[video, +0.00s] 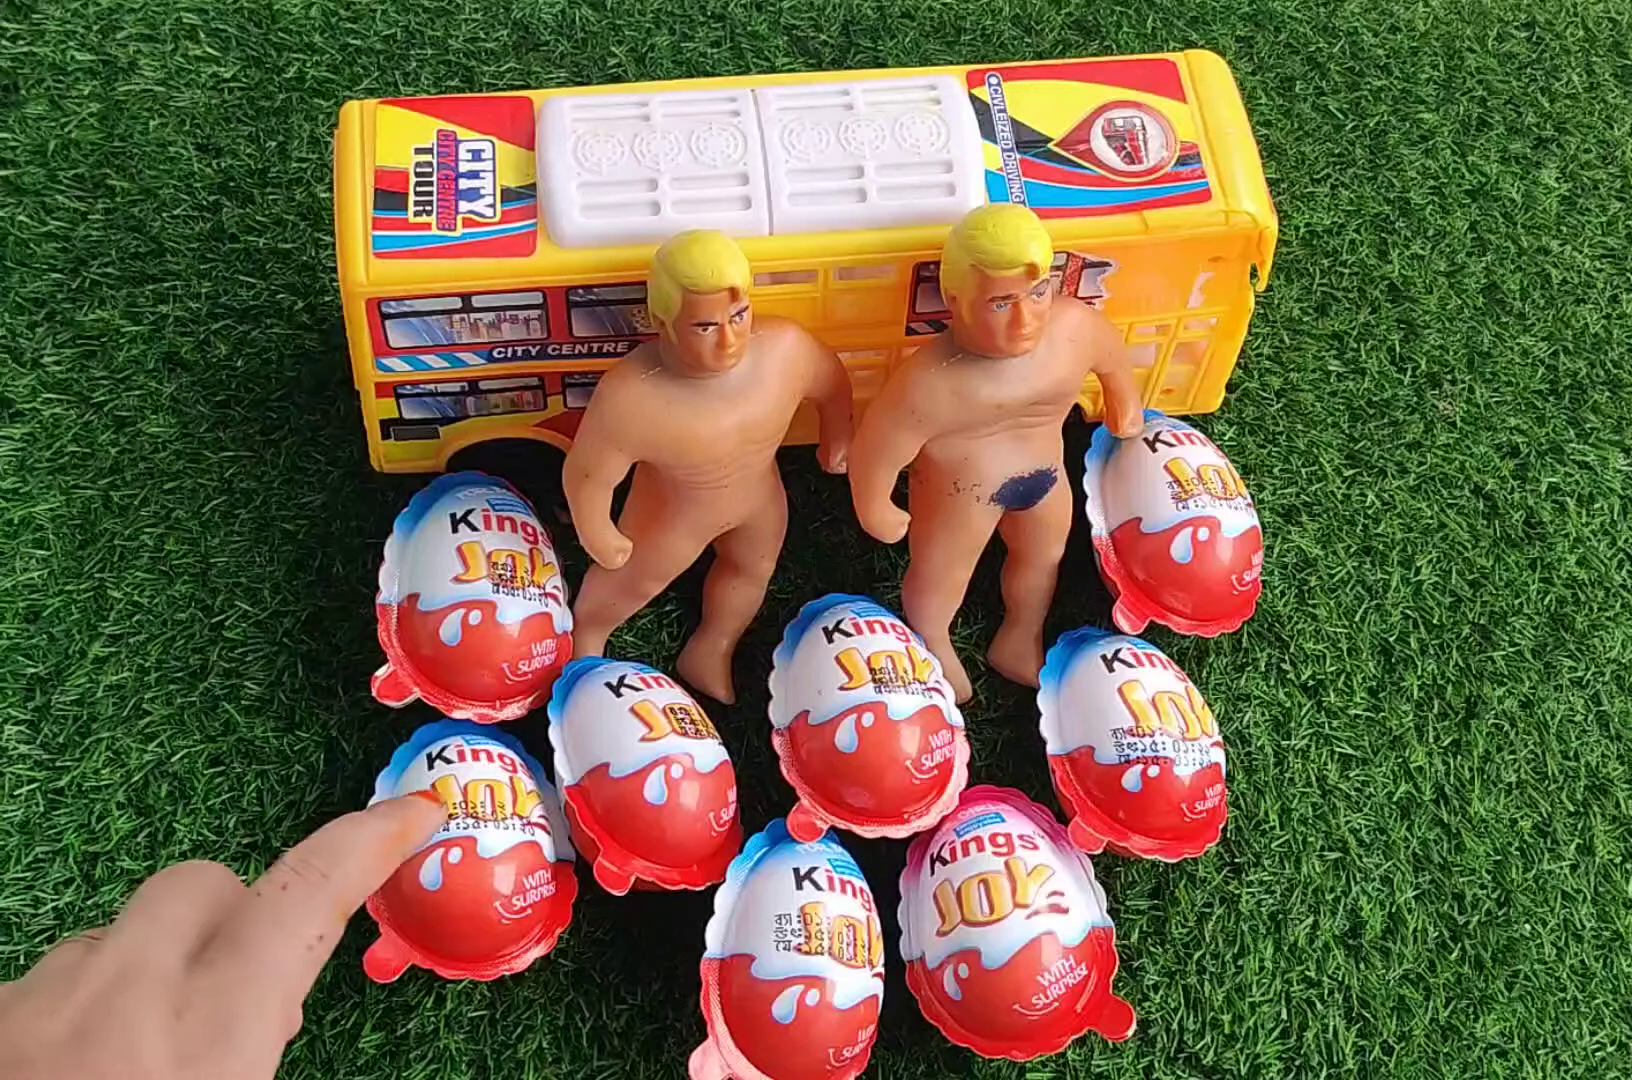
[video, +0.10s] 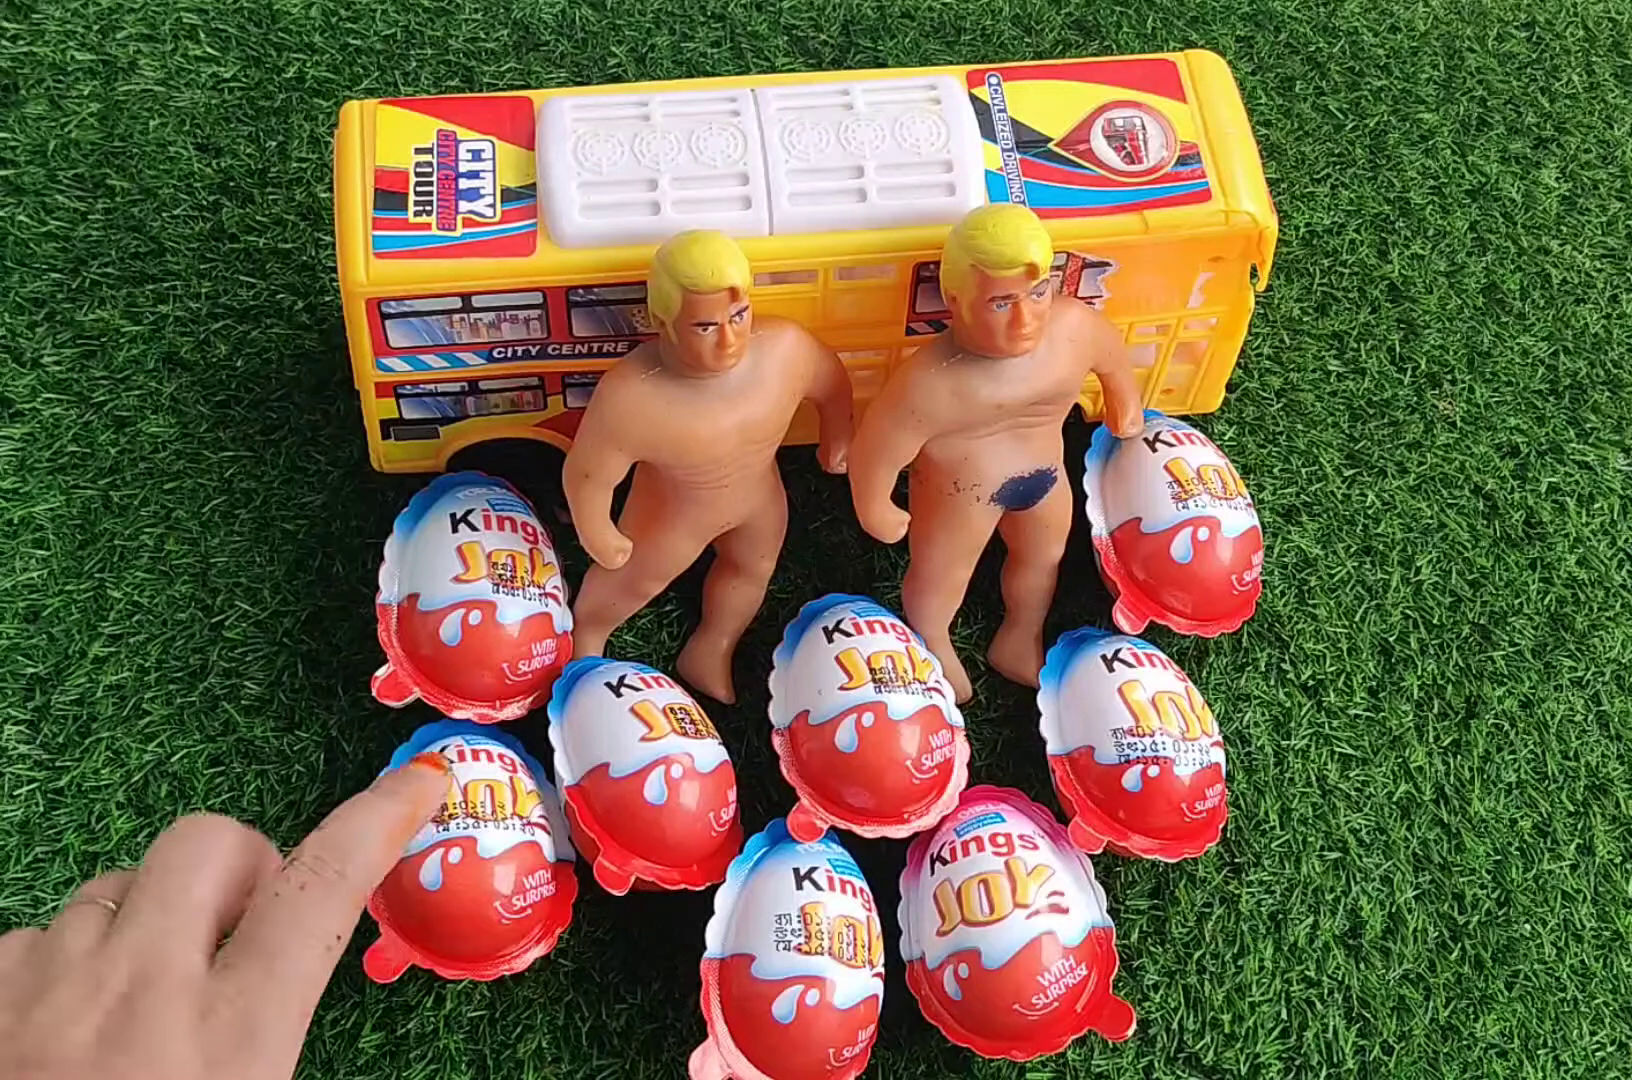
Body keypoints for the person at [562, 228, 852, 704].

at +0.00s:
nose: (728, 339)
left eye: (739, 316)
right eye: (705, 326)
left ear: (750, 302)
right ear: (662, 324)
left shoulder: (789, 350)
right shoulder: (629, 397)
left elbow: (834, 387)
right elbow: (588, 476)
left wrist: (837, 440)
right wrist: (600, 538)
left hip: (759, 496)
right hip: (672, 511)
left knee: (749, 574)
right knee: (630, 585)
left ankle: (711, 651)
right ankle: (589, 631)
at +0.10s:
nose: (728, 338)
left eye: (739, 316)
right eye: (705, 326)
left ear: (751, 302)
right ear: (661, 324)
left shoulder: (789, 350)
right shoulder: (629, 397)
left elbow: (834, 387)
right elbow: (587, 476)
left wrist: (837, 438)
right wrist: (601, 538)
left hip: (759, 496)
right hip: (672, 512)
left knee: (749, 573)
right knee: (631, 585)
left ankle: (711, 651)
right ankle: (589, 630)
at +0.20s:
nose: (728, 338)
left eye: (739, 316)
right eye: (705, 326)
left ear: (751, 302)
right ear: (660, 324)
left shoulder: (789, 350)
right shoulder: (629, 397)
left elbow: (834, 387)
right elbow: (587, 476)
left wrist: (837, 438)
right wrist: (601, 538)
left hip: (759, 496)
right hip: (672, 512)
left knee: (749, 573)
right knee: (631, 585)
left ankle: (711, 651)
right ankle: (589, 630)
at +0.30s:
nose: (728, 338)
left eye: (739, 316)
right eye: (705, 326)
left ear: (750, 301)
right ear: (661, 324)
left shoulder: (789, 350)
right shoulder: (629, 397)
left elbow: (834, 387)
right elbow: (588, 476)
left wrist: (837, 439)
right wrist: (600, 537)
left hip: (759, 496)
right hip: (672, 512)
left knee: (749, 574)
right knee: (631, 584)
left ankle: (711, 650)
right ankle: (589, 630)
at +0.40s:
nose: (728, 338)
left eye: (739, 316)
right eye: (705, 326)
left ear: (751, 302)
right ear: (660, 324)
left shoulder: (789, 350)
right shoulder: (629, 397)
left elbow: (834, 387)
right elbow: (587, 476)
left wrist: (838, 439)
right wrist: (601, 538)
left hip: (759, 496)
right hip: (673, 511)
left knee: (749, 574)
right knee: (630, 585)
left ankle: (711, 651)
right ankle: (590, 630)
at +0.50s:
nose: (728, 338)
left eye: (739, 316)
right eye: (705, 326)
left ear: (751, 302)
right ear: (660, 324)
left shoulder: (789, 350)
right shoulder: (628, 397)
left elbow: (834, 387)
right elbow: (587, 476)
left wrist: (838, 438)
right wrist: (601, 539)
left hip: (759, 496)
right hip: (672, 512)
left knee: (749, 574)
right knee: (630, 585)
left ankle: (711, 651)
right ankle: (590, 630)